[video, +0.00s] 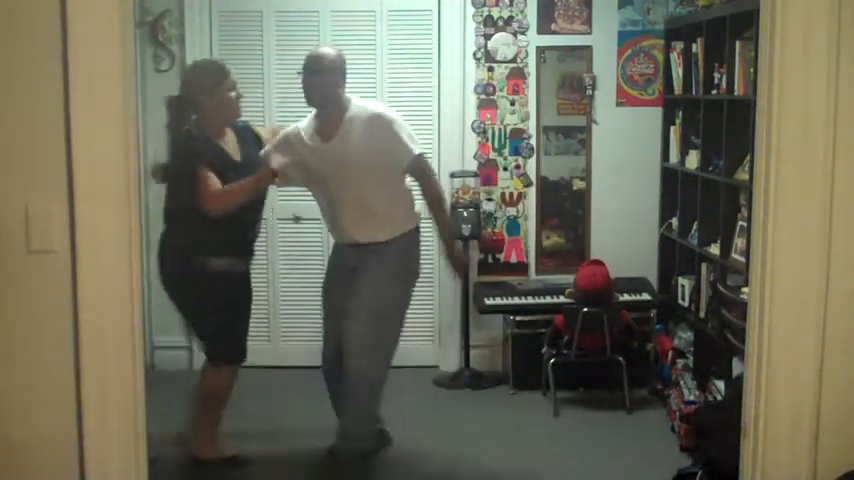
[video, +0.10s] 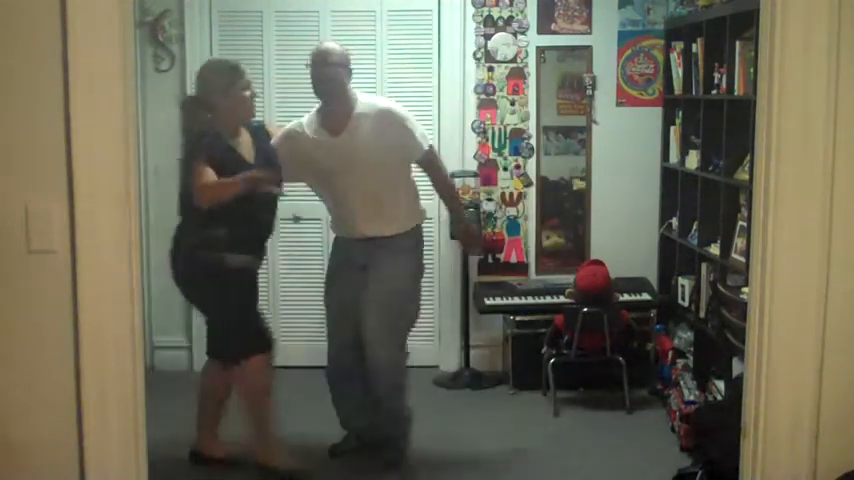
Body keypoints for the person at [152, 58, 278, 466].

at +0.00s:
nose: (238, 96)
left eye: (236, 89)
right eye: (229, 91)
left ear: (225, 97)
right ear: (204, 101)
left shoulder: (243, 134)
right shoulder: (192, 146)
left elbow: (280, 155)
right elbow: (213, 202)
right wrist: (262, 178)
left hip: (231, 258)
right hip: (193, 261)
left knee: (230, 350)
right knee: (224, 351)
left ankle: (207, 441)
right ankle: (203, 444)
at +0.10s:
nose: (251, 95)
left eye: (250, 88)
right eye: (242, 90)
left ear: (245, 95)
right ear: (216, 100)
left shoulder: (258, 136)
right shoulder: (205, 143)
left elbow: (293, 156)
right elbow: (203, 194)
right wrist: (249, 181)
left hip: (241, 260)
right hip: (204, 260)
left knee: (223, 357)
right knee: (256, 348)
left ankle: (206, 444)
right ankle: (267, 448)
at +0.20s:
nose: (269, 98)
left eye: (267, 91)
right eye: (260, 92)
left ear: (257, 99)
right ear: (235, 103)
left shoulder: (271, 138)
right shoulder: (220, 150)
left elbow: (288, 184)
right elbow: (197, 197)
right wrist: (212, 183)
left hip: (255, 264)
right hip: (223, 267)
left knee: (230, 360)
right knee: (283, 349)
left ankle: (207, 445)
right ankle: (310, 450)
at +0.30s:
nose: (286, 100)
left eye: (284, 93)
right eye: (277, 95)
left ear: (266, 104)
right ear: (250, 106)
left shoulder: (286, 143)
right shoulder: (234, 153)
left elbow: (303, 190)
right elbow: (210, 214)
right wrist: (210, 188)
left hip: (276, 267)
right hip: (242, 269)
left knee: (244, 362)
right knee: (305, 357)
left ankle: (209, 443)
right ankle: (305, 464)